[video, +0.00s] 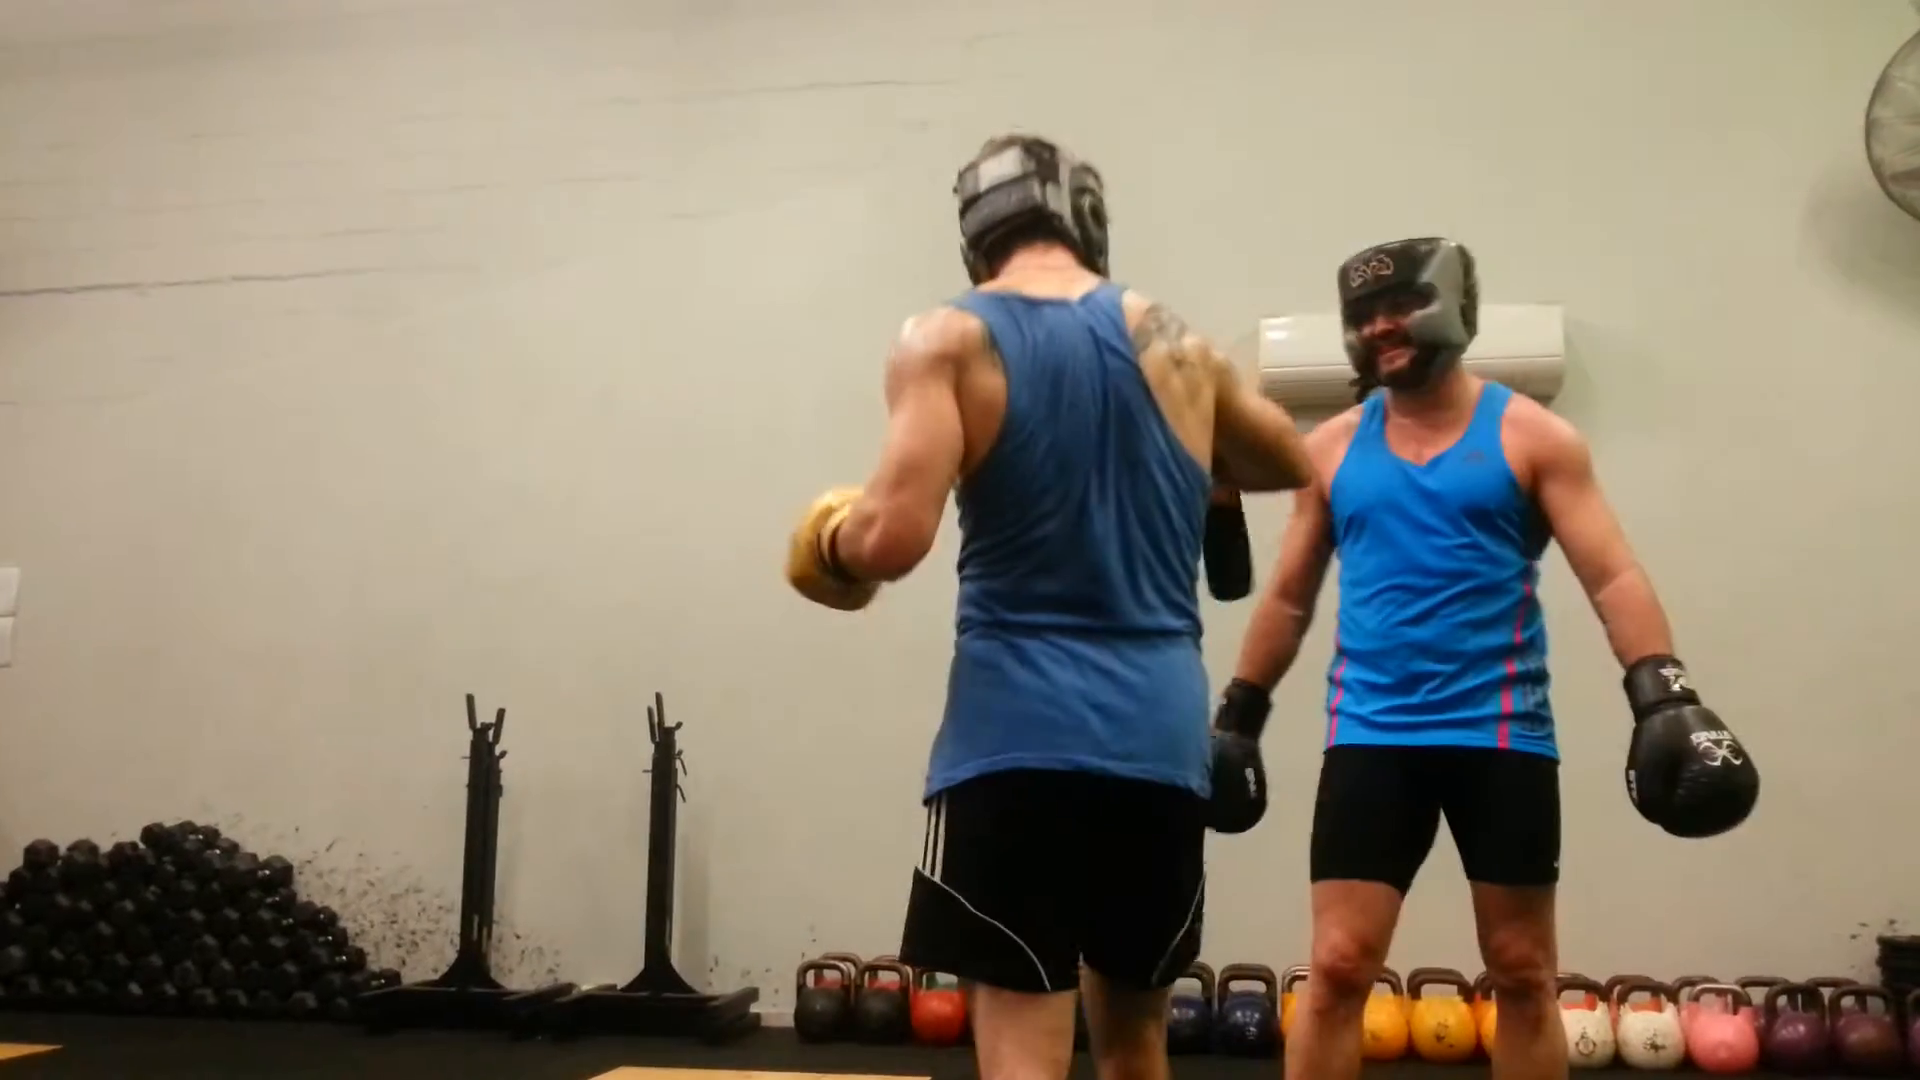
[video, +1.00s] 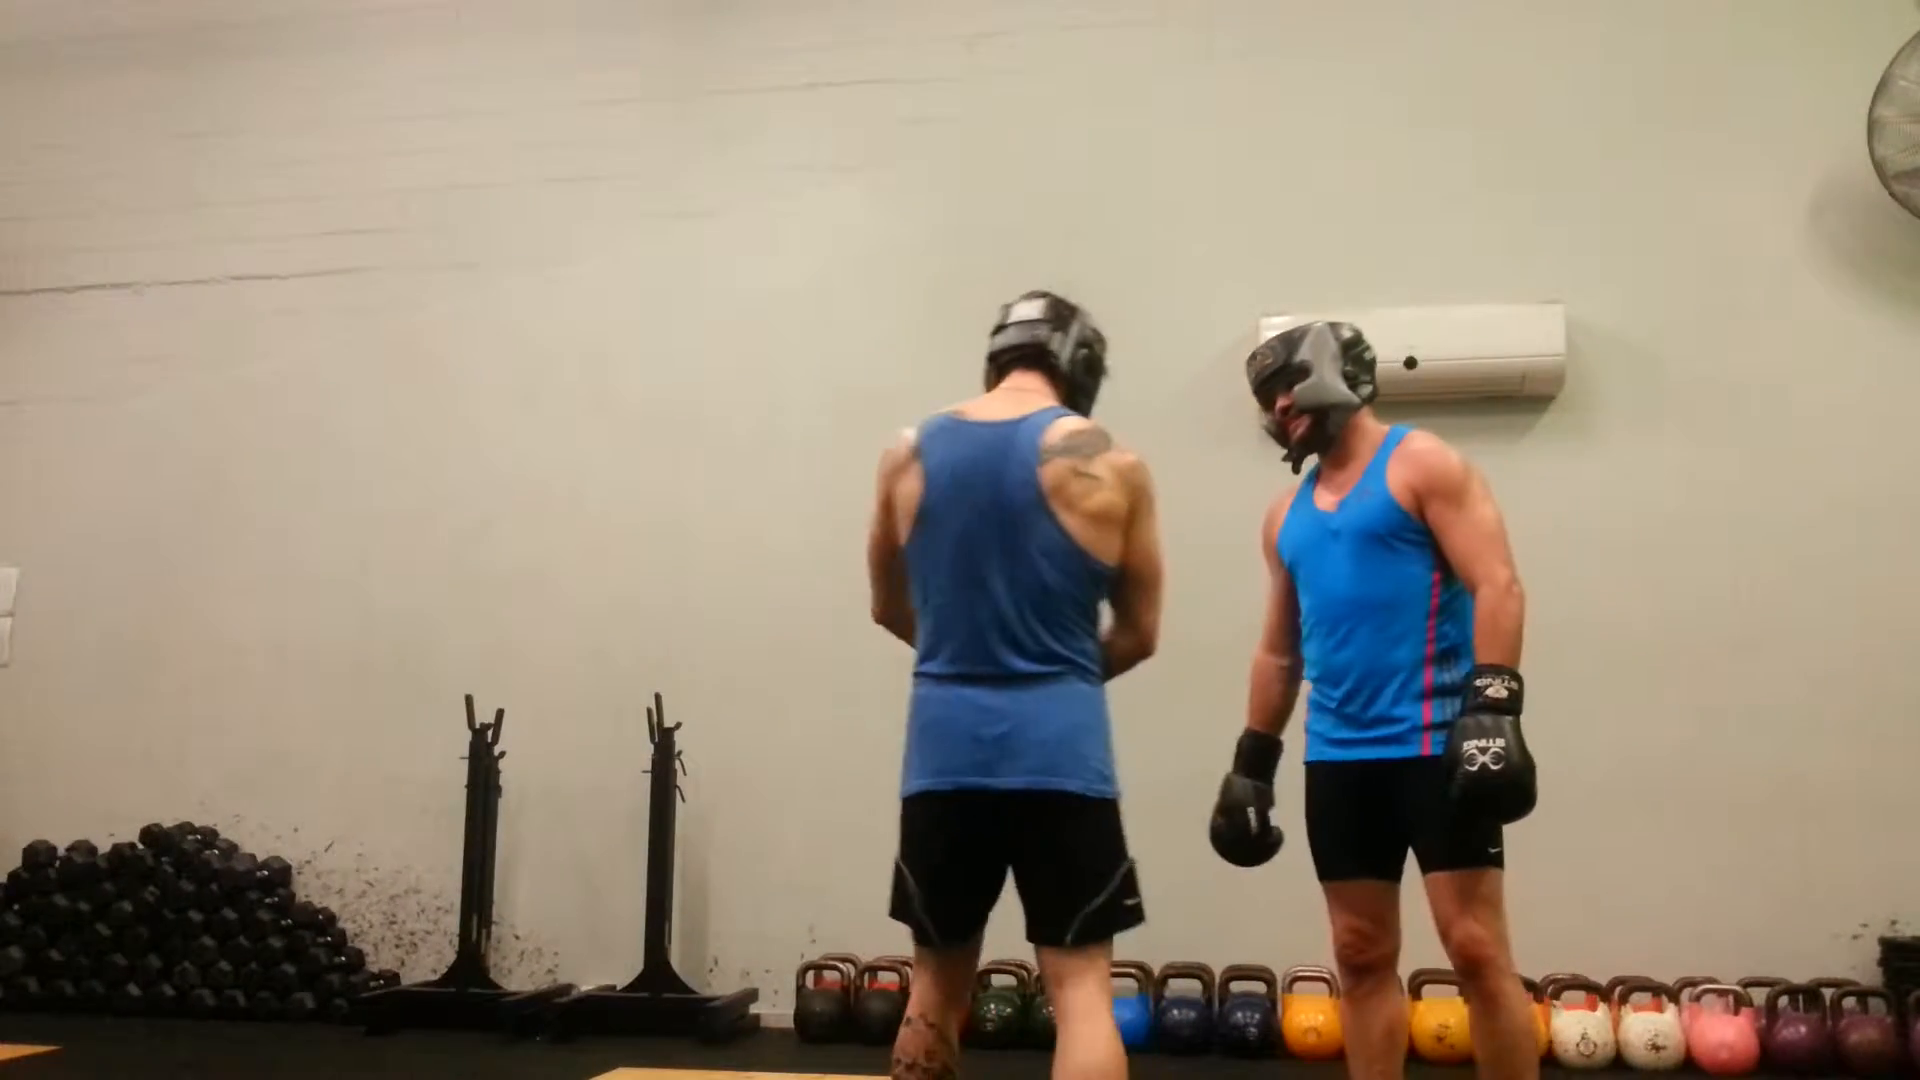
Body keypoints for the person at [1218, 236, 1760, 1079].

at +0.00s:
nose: (1383, 327)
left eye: (1403, 307)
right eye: (1367, 315)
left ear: (1451, 310)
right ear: (1353, 334)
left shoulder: (1533, 437)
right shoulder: (1333, 446)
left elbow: (1610, 575)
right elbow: (1287, 595)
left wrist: (1663, 698)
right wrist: (1236, 720)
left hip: (1504, 738)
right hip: (1372, 739)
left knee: (1522, 972)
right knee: (1338, 969)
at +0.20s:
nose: (1385, 340)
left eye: (1405, 320)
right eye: (1374, 326)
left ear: (1460, 317)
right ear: (1364, 337)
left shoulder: (1537, 439)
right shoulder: (1353, 451)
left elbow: (1604, 580)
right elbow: (1324, 597)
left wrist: (1626, 711)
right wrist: (1273, 710)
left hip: (1497, 741)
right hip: (1371, 738)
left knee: (1523, 975)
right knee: (1326, 957)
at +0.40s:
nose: (1365, 353)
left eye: (1384, 333)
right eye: (1355, 341)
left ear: (1438, 330)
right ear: (1349, 354)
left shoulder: (1510, 447)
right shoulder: (1341, 463)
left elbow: (1567, 595)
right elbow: (1312, 600)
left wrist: (1551, 729)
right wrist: (1261, 695)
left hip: (1477, 754)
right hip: (1360, 754)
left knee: (1507, 972)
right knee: (1358, 967)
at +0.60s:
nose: (1334, 369)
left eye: (1352, 348)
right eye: (1324, 358)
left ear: (1406, 347)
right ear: (1321, 374)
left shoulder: (1473, 460)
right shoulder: (1316, 483)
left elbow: (1523, 603)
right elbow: (1288, 613)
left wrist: (1503, 734)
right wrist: (1243, 703)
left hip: (1447, 759)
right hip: (1339, 757)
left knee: (1478, 967)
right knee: (1361, 962)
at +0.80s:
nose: (1298, 397)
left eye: (1311, 377)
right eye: (1289, 385)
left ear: (1362, 368)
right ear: (1289, 396)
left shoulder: (1441, 466)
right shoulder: (1294, 500)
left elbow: (1501, 596)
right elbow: (1276, 634)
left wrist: (1493, 731)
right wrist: (1236, 742)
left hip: (1436, 756)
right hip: (1332, 758)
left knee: (1467, 961)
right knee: (1354, 957)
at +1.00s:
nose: (1277, 410)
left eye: (1288, 388)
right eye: (1267, 399)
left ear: (1338, 376)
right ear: (1273, 415)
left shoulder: (1424, 466)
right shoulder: (1286, 516)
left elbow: (1498, 585)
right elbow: (1278, 651)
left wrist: (1493, 713)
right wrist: (1250, 769)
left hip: (1442, 752)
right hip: (1339, 762)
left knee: (1475, 951)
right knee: (1359, 954)